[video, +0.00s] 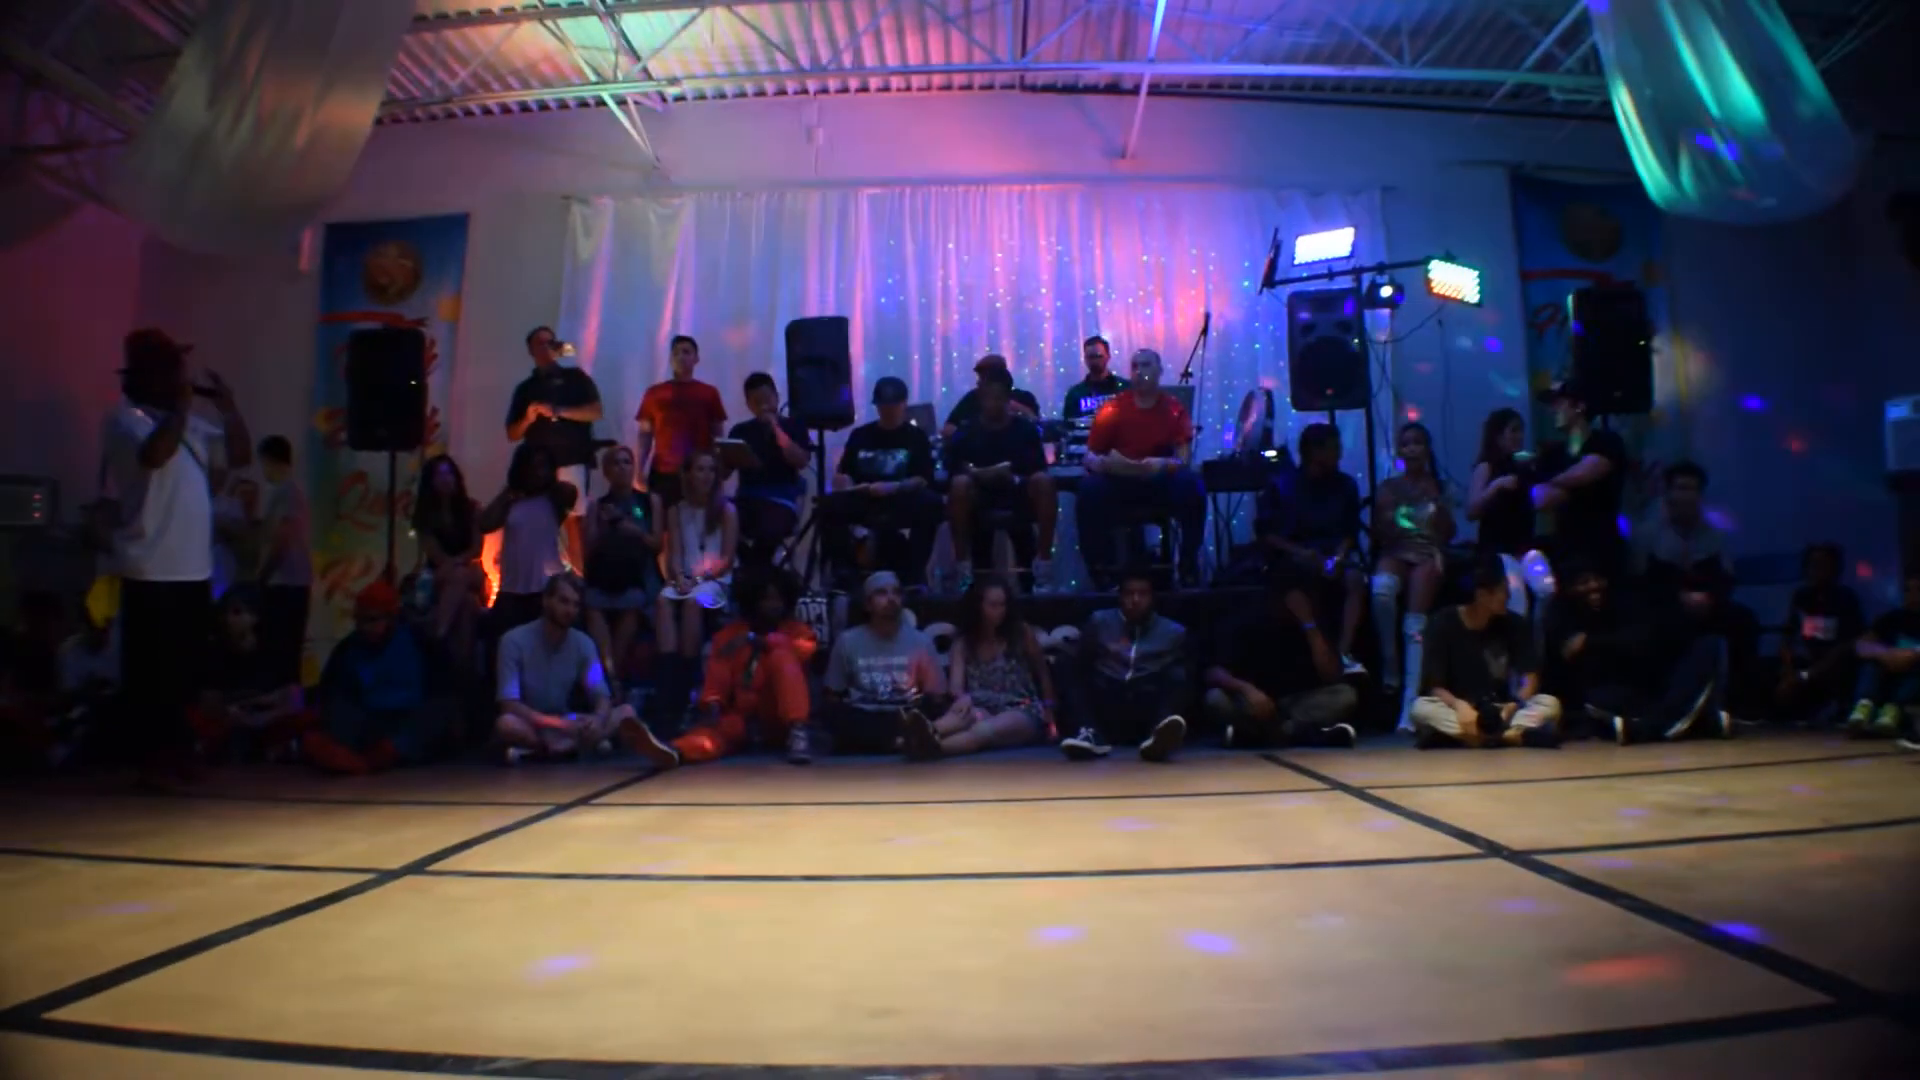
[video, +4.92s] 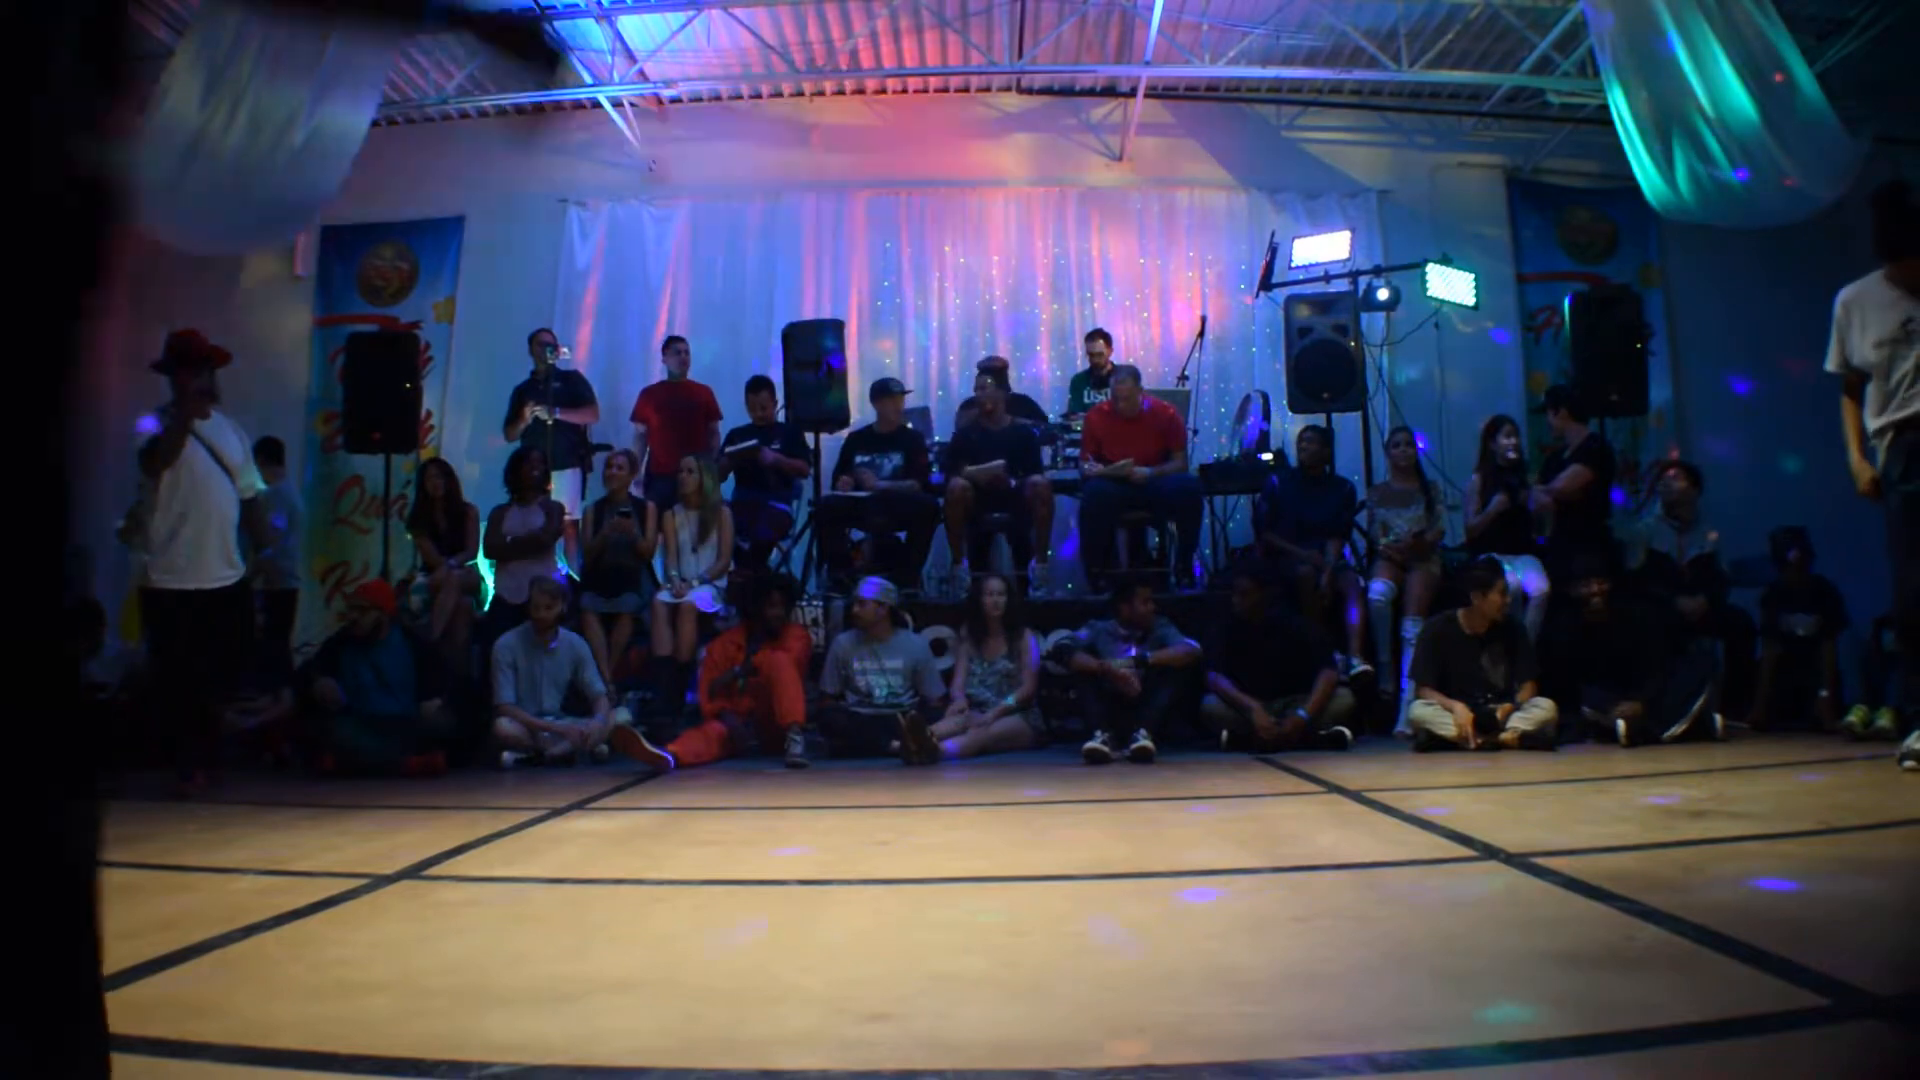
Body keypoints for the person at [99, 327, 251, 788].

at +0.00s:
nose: (178, 381)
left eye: (178, 373)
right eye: (168, 372)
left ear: (176, 378)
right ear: (142, 377)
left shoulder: (185, 426)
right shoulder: (127, 421)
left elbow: (239, 457)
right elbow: (153, 455)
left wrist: (227, 405)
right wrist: (181, 404)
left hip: (193, 578)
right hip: (151, 578)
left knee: (187, 679)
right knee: (150, 680)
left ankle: (183, 760)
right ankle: (148, 764)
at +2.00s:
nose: (179, 388)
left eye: (180, 380)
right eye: (169, 380)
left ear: (180, 384)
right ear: (146, 385)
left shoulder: (180, 432)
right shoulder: (129, 426)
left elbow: (240, 440)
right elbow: (159, 462)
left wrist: (216, 400)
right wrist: (188, 413)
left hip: (185, 579)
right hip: (149, 578)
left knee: (179, 678)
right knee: (149, 679)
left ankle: (174, 762)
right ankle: (147, 768)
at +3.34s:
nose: (179, 390)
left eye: (181, 383)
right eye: (169, 383)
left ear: (185, 387)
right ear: (147, 386)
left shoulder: (200, 433)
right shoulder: (126, 429)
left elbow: (245, 462)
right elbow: (130, 468)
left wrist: (250, 438)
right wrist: (165, 423)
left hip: (191, 581)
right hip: (143, 581)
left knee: (185, 682)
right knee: (144, 681)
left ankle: (177, 762)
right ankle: (143, 768)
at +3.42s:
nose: (182, 389)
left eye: (184, 381)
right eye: (171, 382)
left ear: (186, 387)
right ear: (147, 387)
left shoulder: (202, 435)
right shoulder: (125, 431)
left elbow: (256, 463)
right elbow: (124, 468)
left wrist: (250, 469)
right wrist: (156, 421)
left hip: (191, 585)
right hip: (142, 585)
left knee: (184, 685)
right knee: (144, 685)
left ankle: (177, 763)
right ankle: (143, 769)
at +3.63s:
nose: (173, 393)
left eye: (178, 385)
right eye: (163, 386)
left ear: (185, 388)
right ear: (144, 391)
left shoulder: (207, 437)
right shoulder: (128, 434)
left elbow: (241, 491)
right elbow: (117, 471)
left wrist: (240, 526)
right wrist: (150, 422)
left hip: (194, 585)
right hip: (142, 584)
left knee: (185, 681)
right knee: (143, 682)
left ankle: (177, 761)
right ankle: (142, 765)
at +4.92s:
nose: (207, 382)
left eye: (210, 373)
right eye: (196, 374)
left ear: (216, 377)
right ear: (174, 379)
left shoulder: (228, 431)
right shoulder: (153, 428)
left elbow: (251, 498)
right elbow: (155, 464)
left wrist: (266, 550)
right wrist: (186, 413)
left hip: (226, 582)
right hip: (172, 584)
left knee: (222, 682)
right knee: (177, 684)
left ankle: (215, 765)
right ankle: (183, 768)